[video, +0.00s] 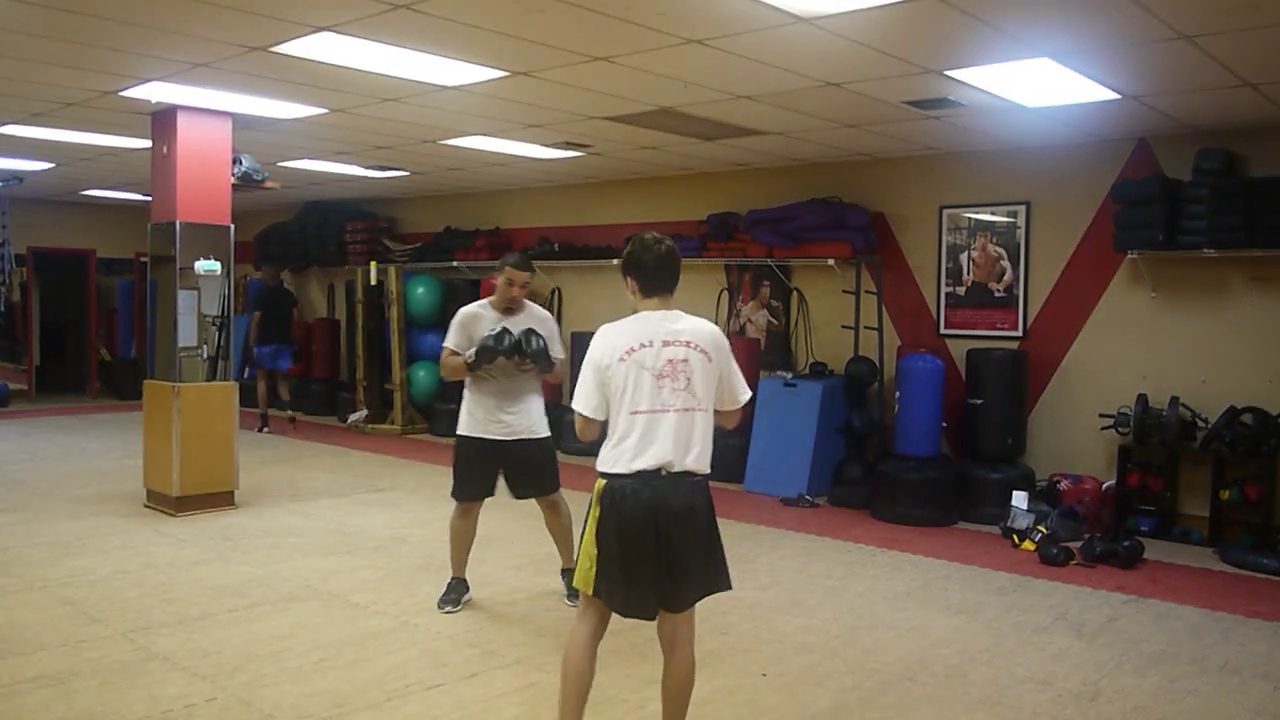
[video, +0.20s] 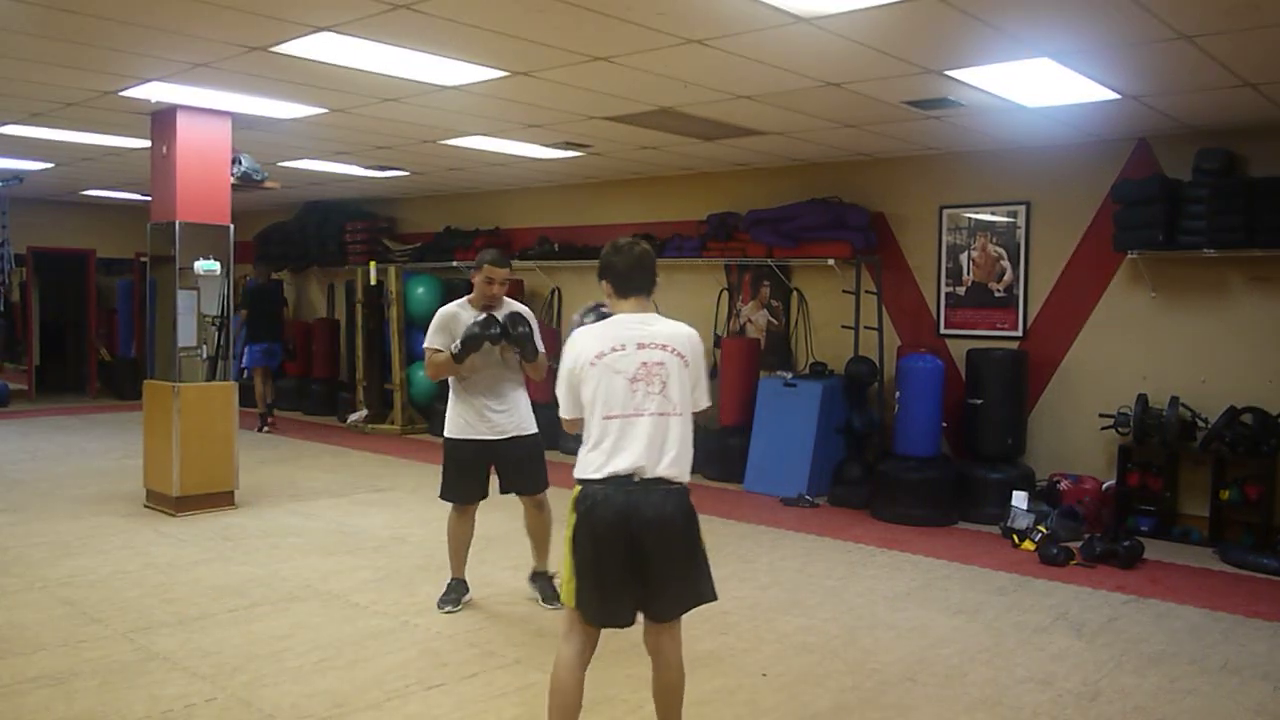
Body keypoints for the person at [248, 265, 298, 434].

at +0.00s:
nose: (261, 277)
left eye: (263, 274)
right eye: (263, 273)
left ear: (264, 276)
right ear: (279, 277)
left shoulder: (261, 293)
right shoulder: (288, 294)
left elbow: (256, 319)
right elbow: (296, 317)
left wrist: (252, 342)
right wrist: (294, 338)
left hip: (264, 342)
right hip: (284, 342)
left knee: (262, 379)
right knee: (282, 378)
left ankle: (264, 421)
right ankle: (289, 406)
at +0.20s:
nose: (256, 273)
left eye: (256, 270)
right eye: (260, 270)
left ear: (255, 272)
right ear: (270, 273)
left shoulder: (250, 290)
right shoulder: (277, 289)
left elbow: (244, 313)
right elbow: (285, 311)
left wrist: (237, 329)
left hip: (256, 339)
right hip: (275, 338)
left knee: (258, 377)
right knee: (268, 375)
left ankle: (263, 418)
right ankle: (270, 408)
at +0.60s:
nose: (244, 277)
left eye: (245, 274)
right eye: (248, 273)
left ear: (243, 277)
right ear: (257, 277)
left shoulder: (238, 294)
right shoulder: (264, 294)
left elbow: (234, 315)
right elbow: (273, 315)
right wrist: (270, 332)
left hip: (241, 339)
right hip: (260, 338)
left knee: (238, 374)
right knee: (255, 376)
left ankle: (241, 402)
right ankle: (254, 412)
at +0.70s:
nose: (243, 277)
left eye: (242, 274)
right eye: (247, 273)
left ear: (239, 276)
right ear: (253, 276)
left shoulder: (234, 294)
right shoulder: (260, 294)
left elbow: (229, 316)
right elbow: (269, 316)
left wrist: (227, 334)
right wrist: (267, 334)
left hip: (237, 339)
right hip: (256, 339)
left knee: (234, 377)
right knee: (255, 377)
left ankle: (231, 410)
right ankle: (254, 412)